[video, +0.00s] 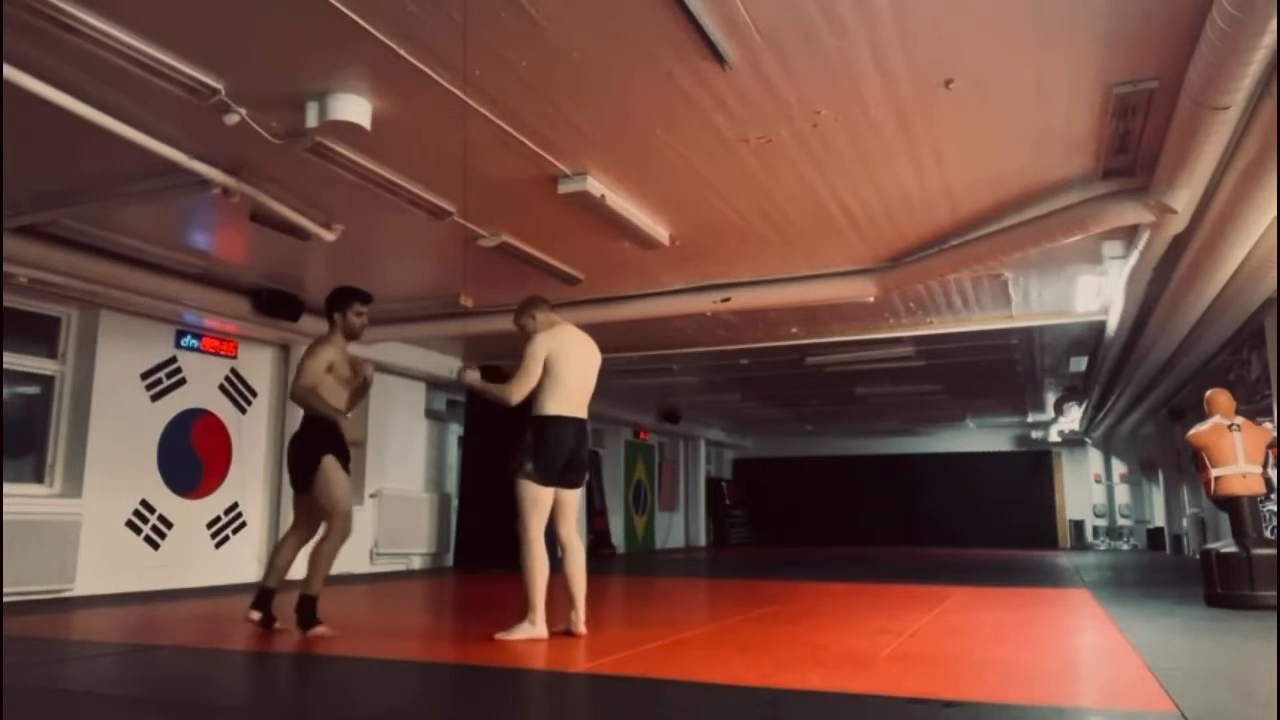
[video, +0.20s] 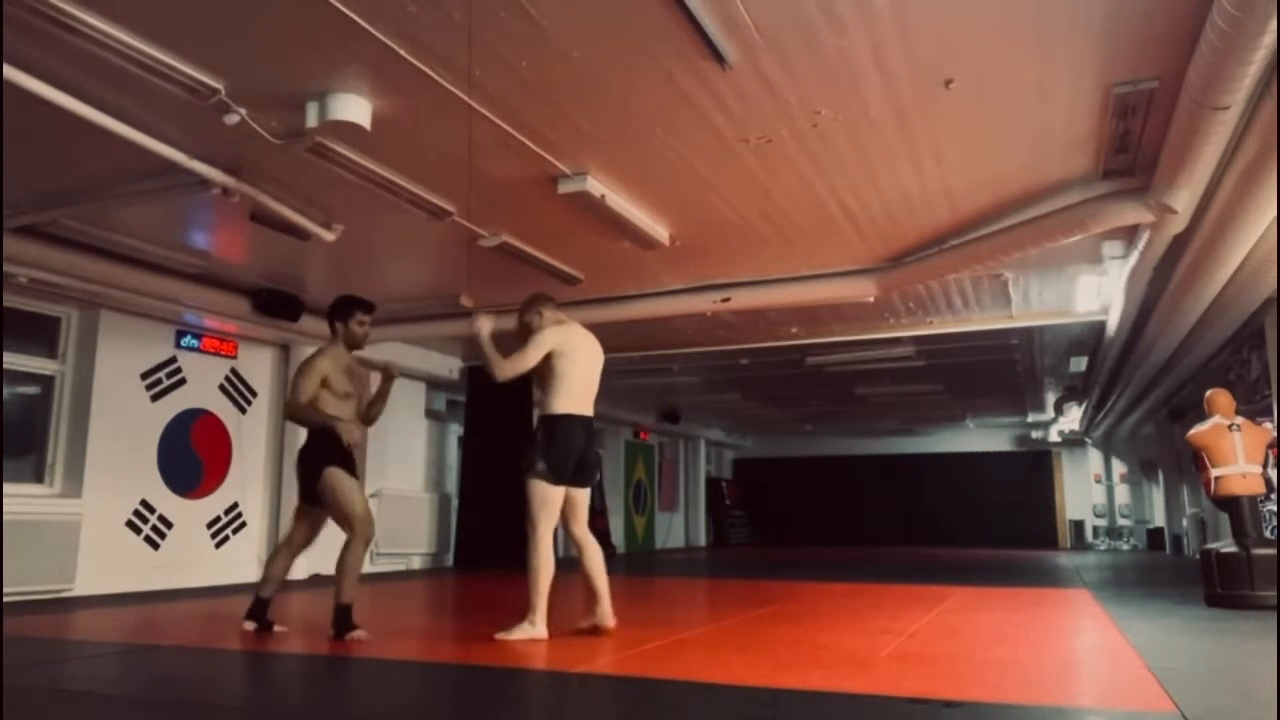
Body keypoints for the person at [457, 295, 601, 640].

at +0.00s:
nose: (526, 335)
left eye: (524, 329)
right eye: (523, 330)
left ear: (534, 316)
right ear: (549, 311)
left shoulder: (544, 340)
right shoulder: (590, 346)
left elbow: (514, 394)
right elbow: (571, 388)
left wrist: (477, 383)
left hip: (545, 436)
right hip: (578, 438)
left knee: (532, 532)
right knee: (570, 532)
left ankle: (536, 621)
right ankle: (579, 617)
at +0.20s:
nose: (531, 332)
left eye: (529, 326)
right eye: (528, 328)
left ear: (539, 314)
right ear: (555, 310)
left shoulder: (553, 335)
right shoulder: (592, 342)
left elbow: (502, 371)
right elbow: (564, 387)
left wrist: (484, 335)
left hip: (554, 434)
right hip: (585, 435)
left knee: (541, 531)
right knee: (579, 528)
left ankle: (536, 621)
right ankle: (605, 611)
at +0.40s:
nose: (544, 335)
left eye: (542, 328)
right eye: (542, 330)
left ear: (552, 317)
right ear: (561, 314)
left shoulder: (575, 339)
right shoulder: (592, 342)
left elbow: (530, 375)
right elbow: (556, 399)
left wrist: (525, 332)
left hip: (575, 437)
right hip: (596, 437)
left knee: (541, 523)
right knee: (594, 529)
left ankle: (551, 616)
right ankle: (613, 616)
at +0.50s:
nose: (546, 336)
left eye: (545, 330)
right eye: (544, 330)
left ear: (554, 318)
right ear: (562, 314)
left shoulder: (581, 336)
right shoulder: (592, 339)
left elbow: (548, 382)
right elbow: (560, 397)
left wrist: (537, 339)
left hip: (582, 433)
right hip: (591, 433)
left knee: (568, 528)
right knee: (576, 529)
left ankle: (602, 609)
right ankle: (602, 608)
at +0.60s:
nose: (547, 335)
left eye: (545, 329)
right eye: (545, 330)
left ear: (554, 317)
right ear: (562, 313)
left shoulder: (581, 333)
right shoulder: (593, 337)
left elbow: (548, 381)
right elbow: (566, 397)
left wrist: (536, 340)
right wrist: (541, 394)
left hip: (590, 432)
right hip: (589, 431)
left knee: (590, 530)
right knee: (548, 497)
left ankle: (607, 618)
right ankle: (575, 573)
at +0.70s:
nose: (550, 335)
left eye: (548, 328)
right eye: (547, 329)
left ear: (556, 317)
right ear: (564, 312)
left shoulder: (585, 333)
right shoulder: (595, 335)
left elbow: (547, 377)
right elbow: (580, 397)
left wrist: (536, 333)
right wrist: (551, 414)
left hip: (598, 432)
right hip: (591, 430)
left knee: (593, 528)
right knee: (540, 456)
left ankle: (605, 617)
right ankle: (542, 538)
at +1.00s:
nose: (586, 329)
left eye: (585, 322)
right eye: (583, 324)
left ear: (594, 311)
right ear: (601, 308)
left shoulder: (617, 334)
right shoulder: (625, 333)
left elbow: (569, 366)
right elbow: (606, 391)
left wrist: (566, 321)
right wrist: (572, 405)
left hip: (612, 434)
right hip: (602, 431)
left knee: (597, 527)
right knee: (554, 484)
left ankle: (604, 618)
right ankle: (570, 563)